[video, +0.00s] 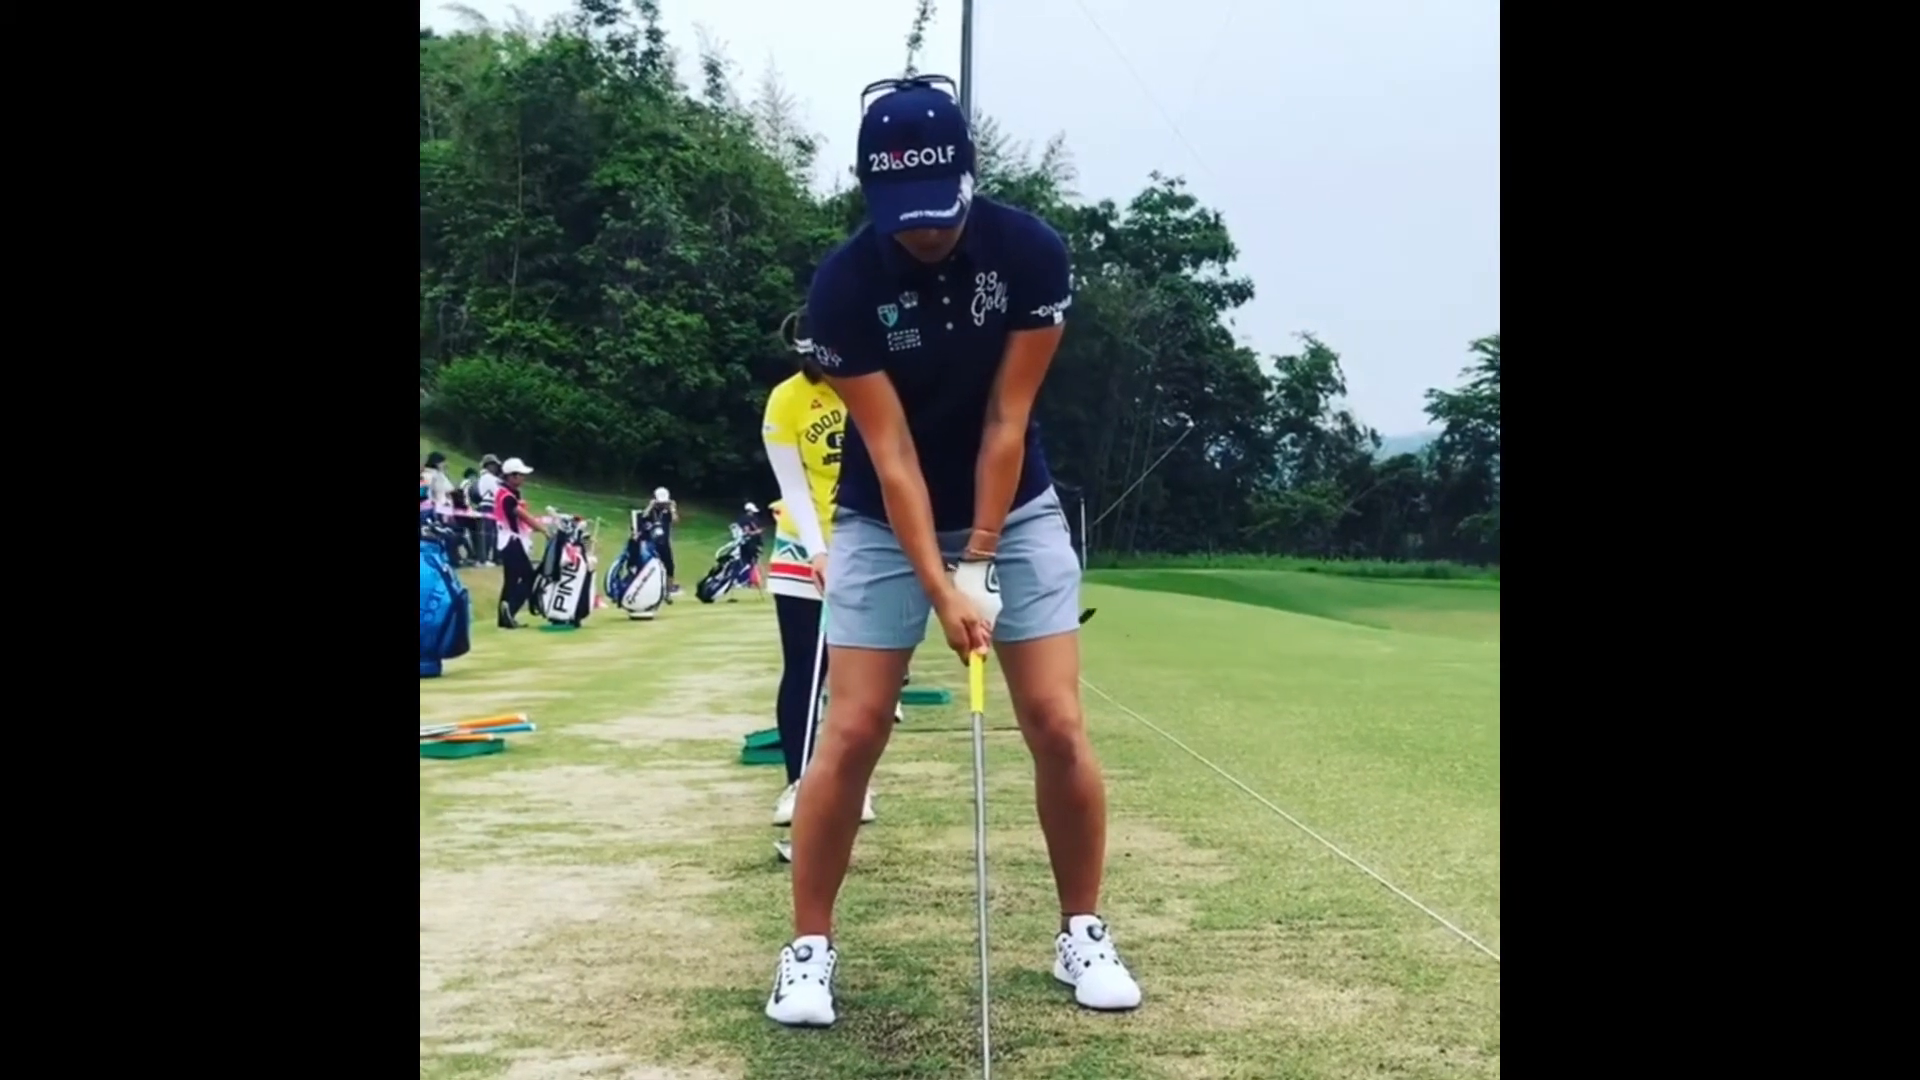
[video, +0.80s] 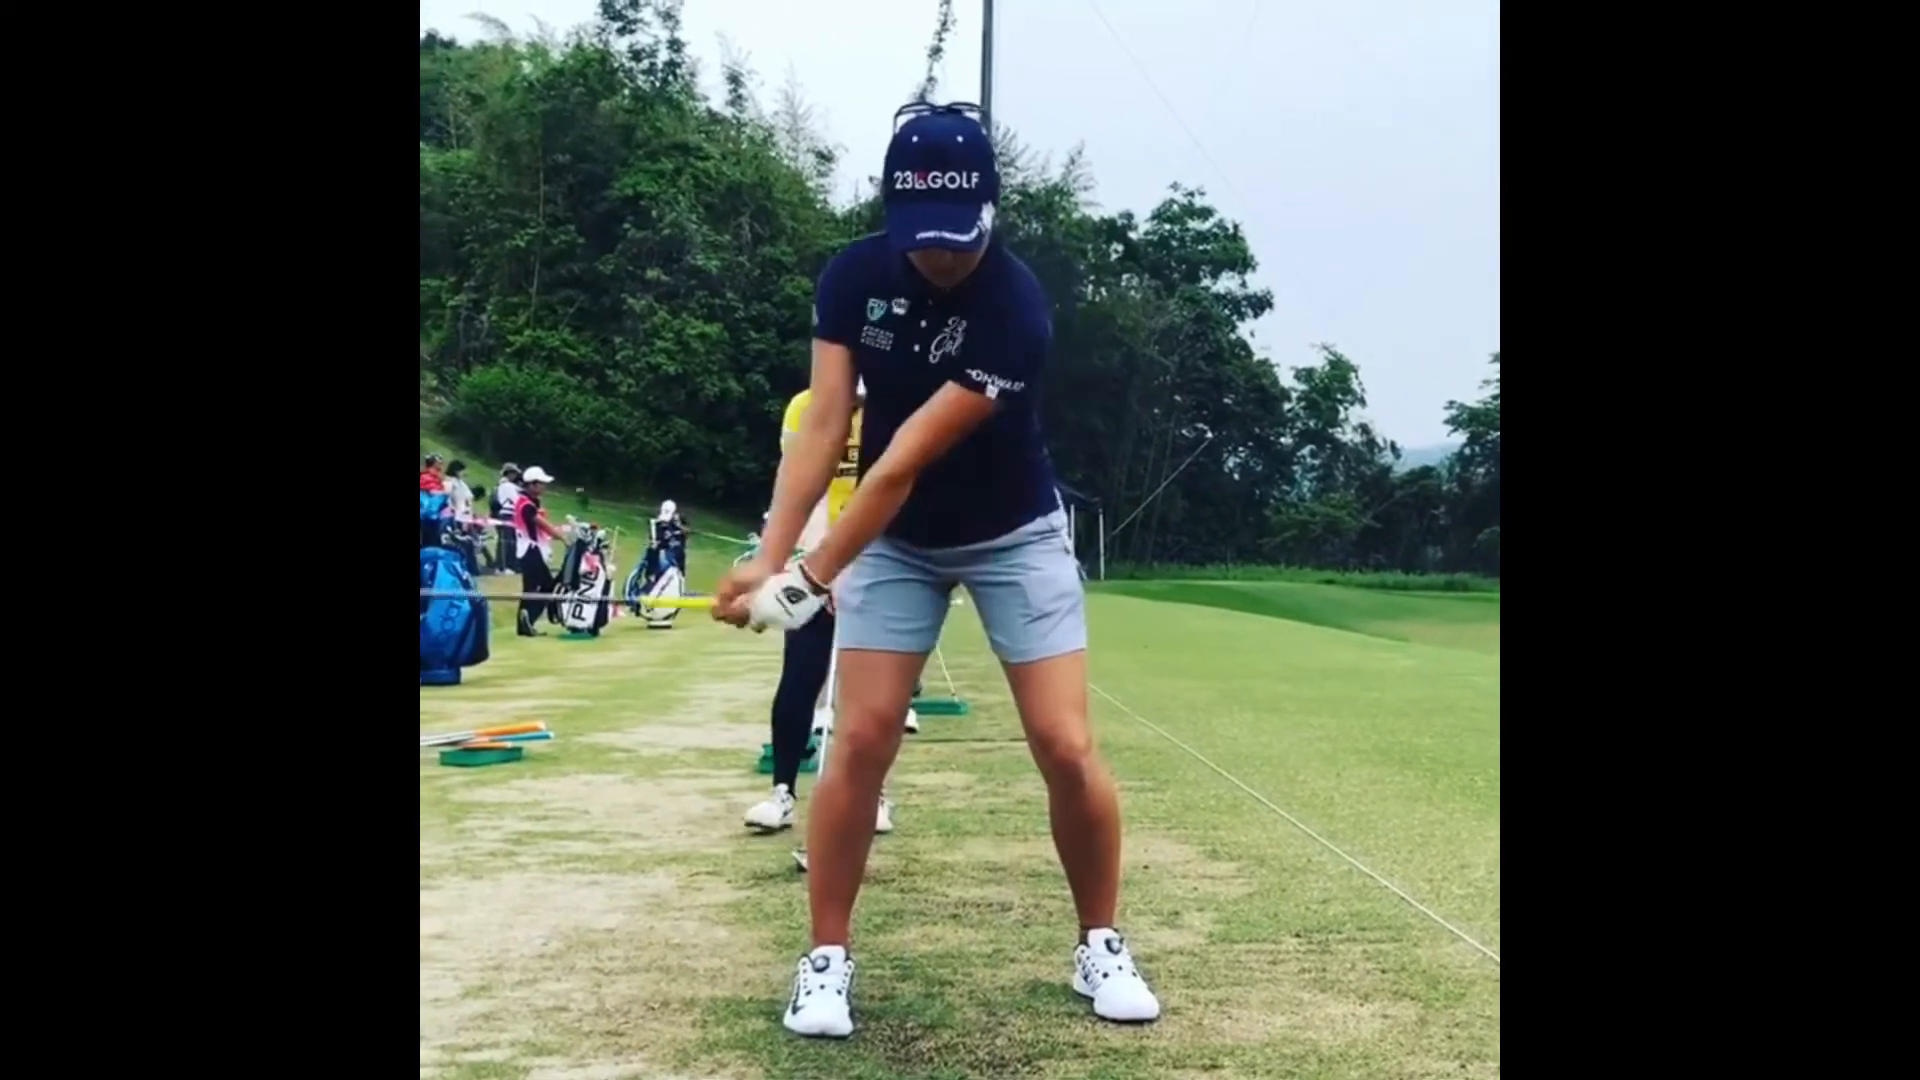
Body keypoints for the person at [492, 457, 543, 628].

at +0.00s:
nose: (523, 479)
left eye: (523, 476)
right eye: (520, 476)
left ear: (512, 478)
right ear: (511, 477)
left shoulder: (507, 493)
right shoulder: (507, 497)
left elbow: (523, 515)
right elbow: (525, 517)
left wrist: (540, 524)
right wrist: (543, 529)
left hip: (508, 538)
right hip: (511, 540)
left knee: (511, 578)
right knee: (528, 575)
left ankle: (504, 616)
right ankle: (510, 608)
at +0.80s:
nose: (544, 488)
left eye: (544, 484)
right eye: (541, 484)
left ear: (533, 486)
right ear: (531, 485)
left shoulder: (527, 502)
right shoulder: (527, 506)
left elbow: (543, 524)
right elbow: (544, 525)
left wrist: (560, 531)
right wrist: (562, 536)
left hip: (531, 548)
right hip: (530, 549)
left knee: (530, 586)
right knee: (548, 583)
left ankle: (524, 623)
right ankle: (529, 618)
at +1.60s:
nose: (526, 497)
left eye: (526, 493)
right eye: (523, 494)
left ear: (512, 495)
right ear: (515, 495)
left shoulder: (507, 512)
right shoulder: (509, 516)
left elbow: (523, 534)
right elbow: (525, 537)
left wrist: (540, 542)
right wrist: (544, 548)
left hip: (508, 557)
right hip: (511, 559)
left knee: (510, 597)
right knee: (528, 594)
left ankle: (504, 635)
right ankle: (510, 626)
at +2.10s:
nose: (503, 501)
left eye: (503, 498)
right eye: (501, 498)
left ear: (487, 498)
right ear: (494, 499)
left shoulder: (482, 516)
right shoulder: (486, 520)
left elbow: (500, 539)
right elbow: (502, 541)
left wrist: (517, 549)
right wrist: (521, 552)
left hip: (483, 560)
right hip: (488, 563)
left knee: (486, 601)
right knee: (504, 599)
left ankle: (479, 639)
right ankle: (485, 631)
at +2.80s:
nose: (495, 508)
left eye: (495, 505)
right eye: (493, 505)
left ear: (479, 506)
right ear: (486, 507)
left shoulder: (472, 523)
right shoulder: (479, 527)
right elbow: (495, 549)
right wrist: (515, 564)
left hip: (475, 568)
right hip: (483, 571)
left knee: (479, 608)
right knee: (497, 606)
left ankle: (472, 644)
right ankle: (478, 638)